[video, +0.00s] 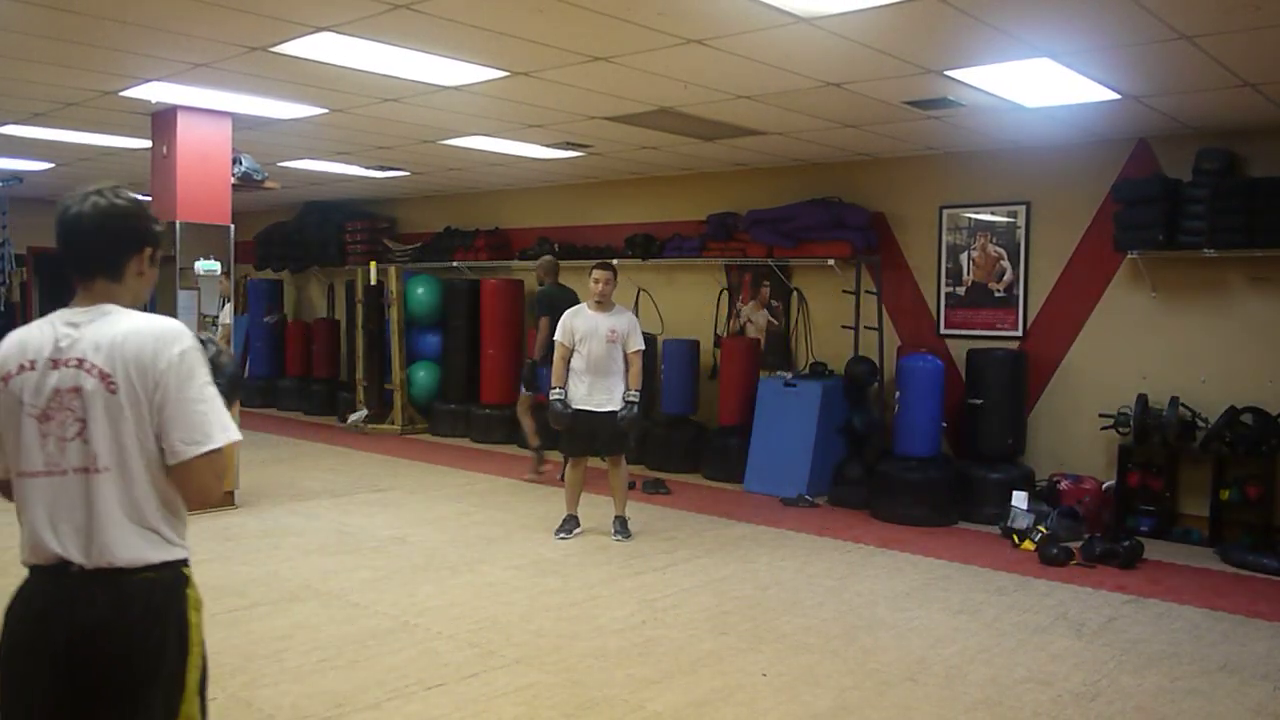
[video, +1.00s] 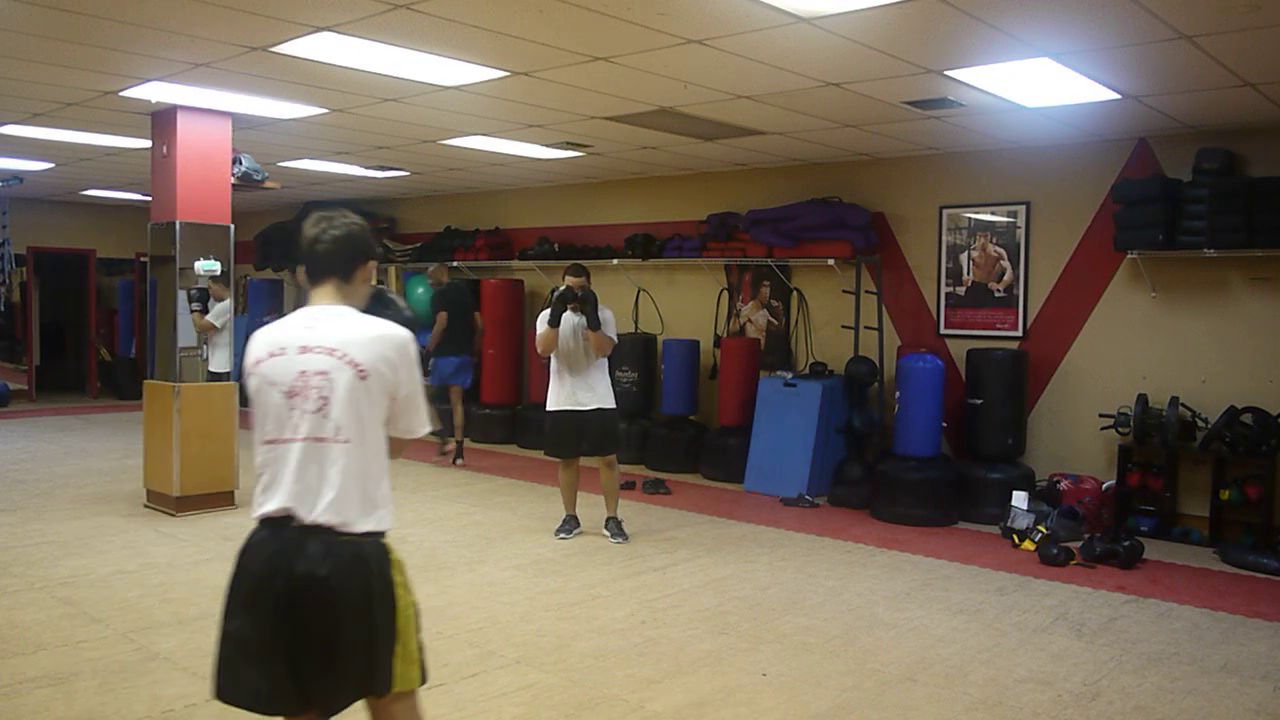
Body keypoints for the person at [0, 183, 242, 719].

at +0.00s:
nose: (153, 273)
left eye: (155, 260)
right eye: (155, 260)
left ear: (71, 258)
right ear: (142, 262)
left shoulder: (14, 349)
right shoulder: (163, 341)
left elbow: (9, 481)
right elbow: (206, 489)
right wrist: (213, 407)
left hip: (43, 603)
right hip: (147, 610)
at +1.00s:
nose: (374, 277)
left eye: (372, 267)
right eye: (373, 267)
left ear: (302, 272)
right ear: (366, 268)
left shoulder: (260, 343)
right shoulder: (392, 342)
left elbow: (266, 432)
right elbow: (399, 441)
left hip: (271, 554)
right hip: (356, 560)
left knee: (299, 707)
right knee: (394, 702)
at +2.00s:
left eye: (482, 291)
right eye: (542, 286)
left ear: (482, 295)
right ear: (537, 289)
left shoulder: (461, 349)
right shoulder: (571, 345)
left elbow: (453, 435)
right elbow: (607, 432)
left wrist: (506, 426)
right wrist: (553, 418)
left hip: (481, 518)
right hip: (549, 519)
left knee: (495, 645)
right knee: (550, 646)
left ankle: (491, 719)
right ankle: (536, 715)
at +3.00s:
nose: (636, 300)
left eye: (634, 291)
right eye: (635, 291)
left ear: (642, 287)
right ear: (683, 280)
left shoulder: (631, 334)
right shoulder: (724, 332)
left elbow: (591, 393)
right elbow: (726, 390)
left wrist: (648, 391)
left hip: (631, 494)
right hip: (696, 495)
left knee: (598, 613)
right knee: (682, 627)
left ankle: (579, 716)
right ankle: (673, 718)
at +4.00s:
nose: (569, 287)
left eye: (569, 281)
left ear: (573, 284)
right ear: (627, 281)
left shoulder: (551, 341)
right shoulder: (659, 334)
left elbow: (547, 427)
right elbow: (660, 407)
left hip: (575, 512)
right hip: (645, 511)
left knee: (559, 654)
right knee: (650, 642)